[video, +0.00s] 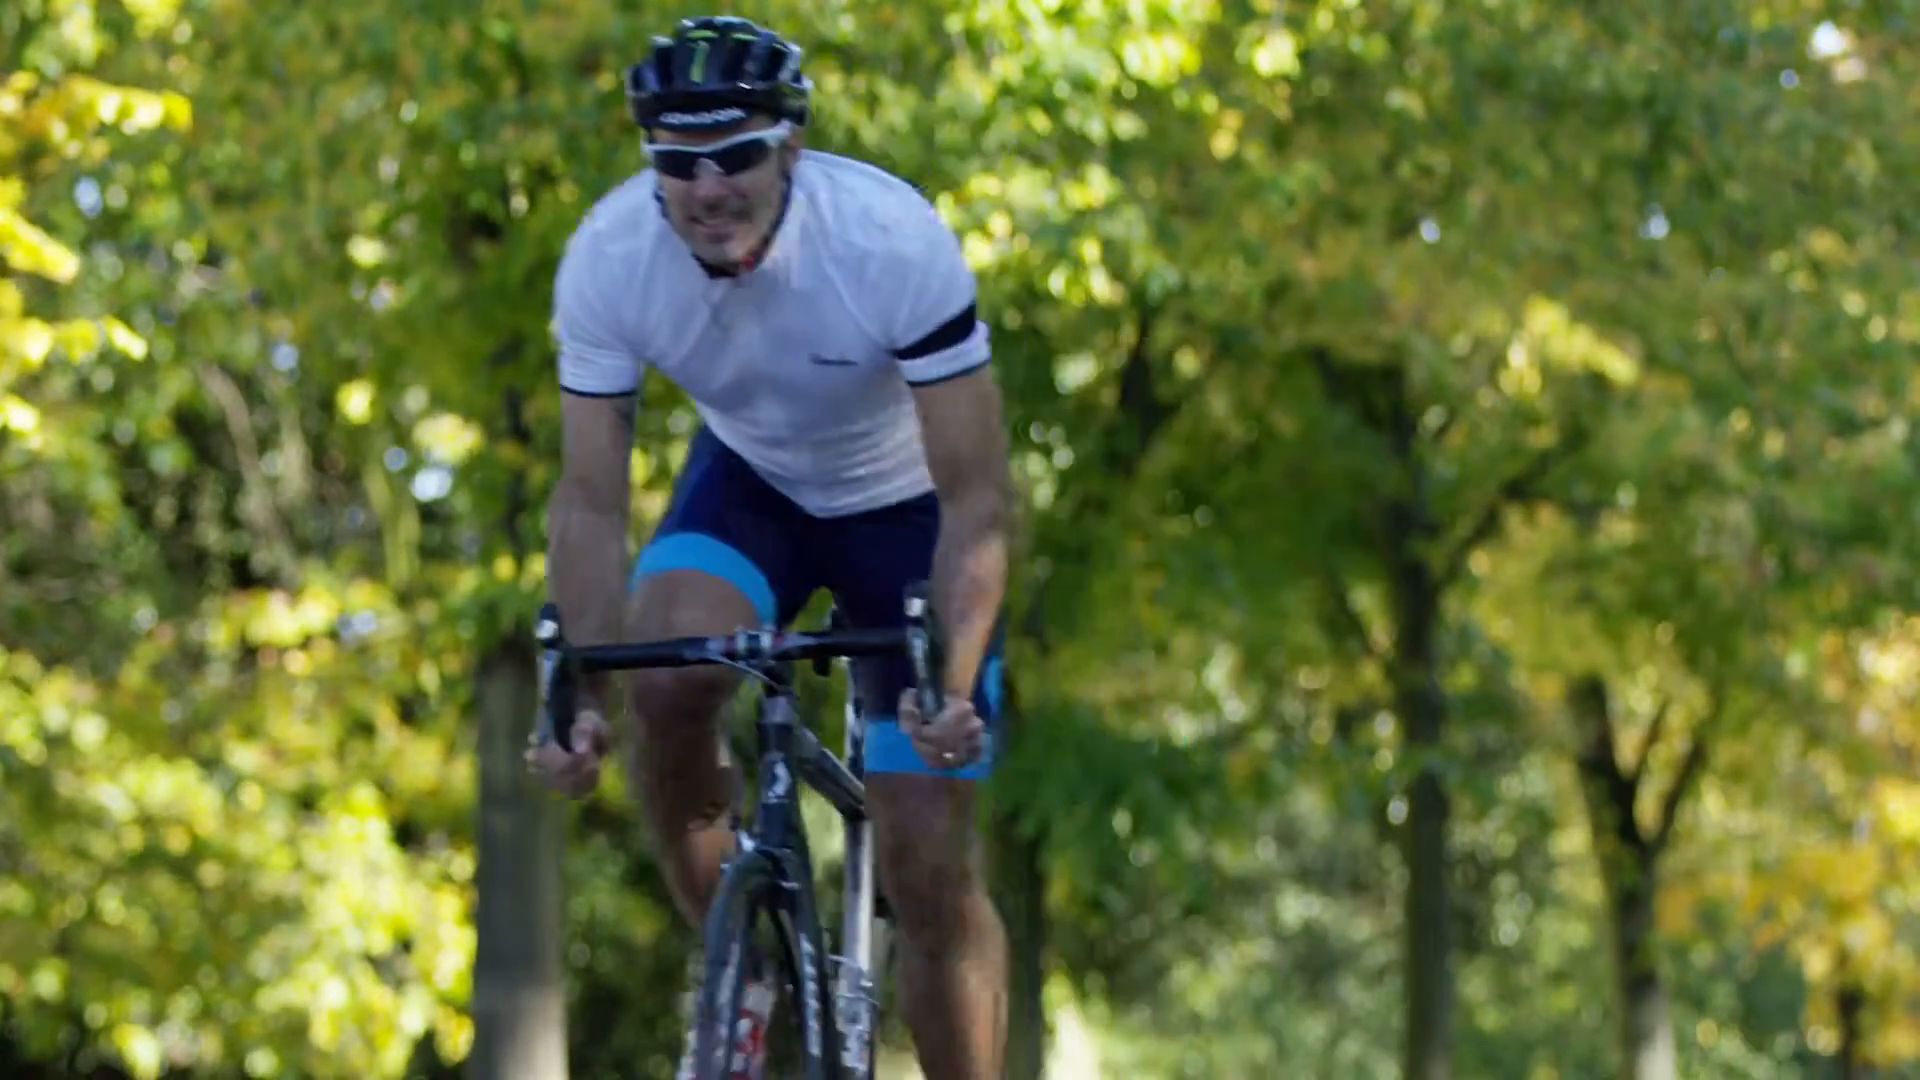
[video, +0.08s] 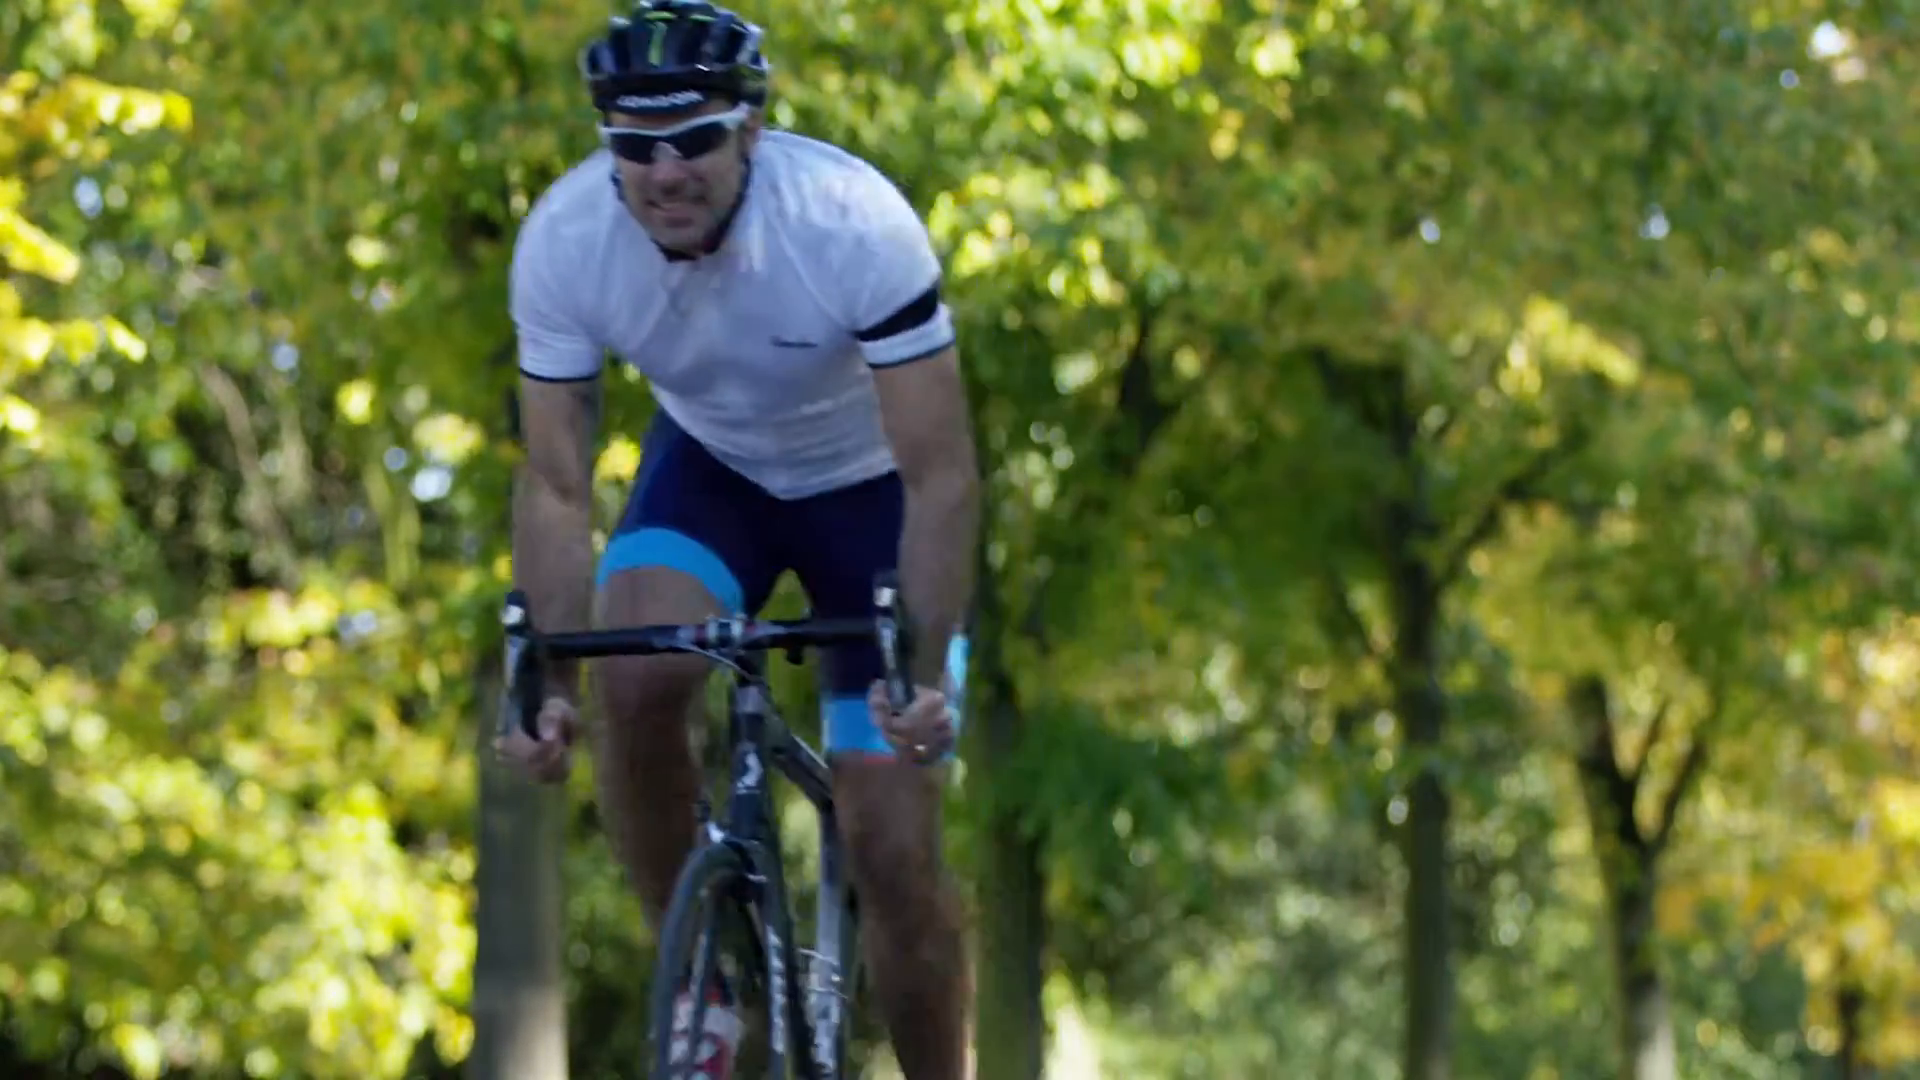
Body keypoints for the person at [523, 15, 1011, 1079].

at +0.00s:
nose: (709, 188)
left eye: (737, 157)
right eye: (680, 163)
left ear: (792, 150)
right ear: (650, 162)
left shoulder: (899, 244)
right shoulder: (608, 261)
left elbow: (977, 493)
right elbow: (588, 494)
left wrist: (952, 686)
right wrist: (582, 683)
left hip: (905, 498)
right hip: (745, 475)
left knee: (925, 861)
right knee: (665, 672)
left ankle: (959, 1071)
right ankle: (735, 975)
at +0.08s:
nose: (668, 172)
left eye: (697, 140)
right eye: (637, 145)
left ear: (753, 131)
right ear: (606, 142)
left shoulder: (858, 225)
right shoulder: (562, 243)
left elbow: (940, 467)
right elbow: (554, 479)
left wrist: (924, 675)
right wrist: (548, 669)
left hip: (867, 476)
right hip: (704, 459)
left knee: (888, 842)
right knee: (636, 673)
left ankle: (940, 1069)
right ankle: (695, 989)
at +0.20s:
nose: (607, 146)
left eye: (638, 112)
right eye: (576, 115)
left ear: (691, 98)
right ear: (543, 108)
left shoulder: (798, 198)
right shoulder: (498, 214)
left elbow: (879, 446)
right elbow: (497, 455)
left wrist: (875, 663)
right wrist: (493, 648)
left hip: (806, 450)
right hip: (641, 446)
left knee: (837, 814)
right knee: (590, 708)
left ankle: (896, 1070)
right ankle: (645, 1050)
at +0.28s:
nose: (566, 130)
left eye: (597, 97)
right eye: (534, 101)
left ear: (652, 77)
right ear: (500, 92)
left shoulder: (758, 180)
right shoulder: (450, 196)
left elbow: (837, 433)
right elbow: (456, 439)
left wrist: (840, 655)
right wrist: (456, 638)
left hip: (764, 437)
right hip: (597, 438)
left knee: (798, 787)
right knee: (564, 741)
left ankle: (869, 1046)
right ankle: (600, 1059)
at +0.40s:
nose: (500, 101)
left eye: (533, 67)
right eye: (468, 72)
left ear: (589, 47)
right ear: (436, 65)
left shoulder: (701, 160)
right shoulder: (384, 169)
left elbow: (776, 419)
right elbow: (389, 412)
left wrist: (783, 639)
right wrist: (395, 606)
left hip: (702, 429)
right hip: (528, 439)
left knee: (727, 737)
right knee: (513, 760)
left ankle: (815, 988)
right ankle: (531, 1067)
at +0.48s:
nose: (461, 80)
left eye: (492, 45)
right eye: (427, 51)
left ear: (550, 29)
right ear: (395, 49)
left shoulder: (663, 144)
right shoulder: (339, 151)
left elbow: (734, 410)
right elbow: (343, 407)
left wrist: (739, 631)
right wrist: (347, 599)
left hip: (661, 420)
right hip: (484, 435)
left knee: (682, 704)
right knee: (477, 771)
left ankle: (767, 954)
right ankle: (496, 1073)